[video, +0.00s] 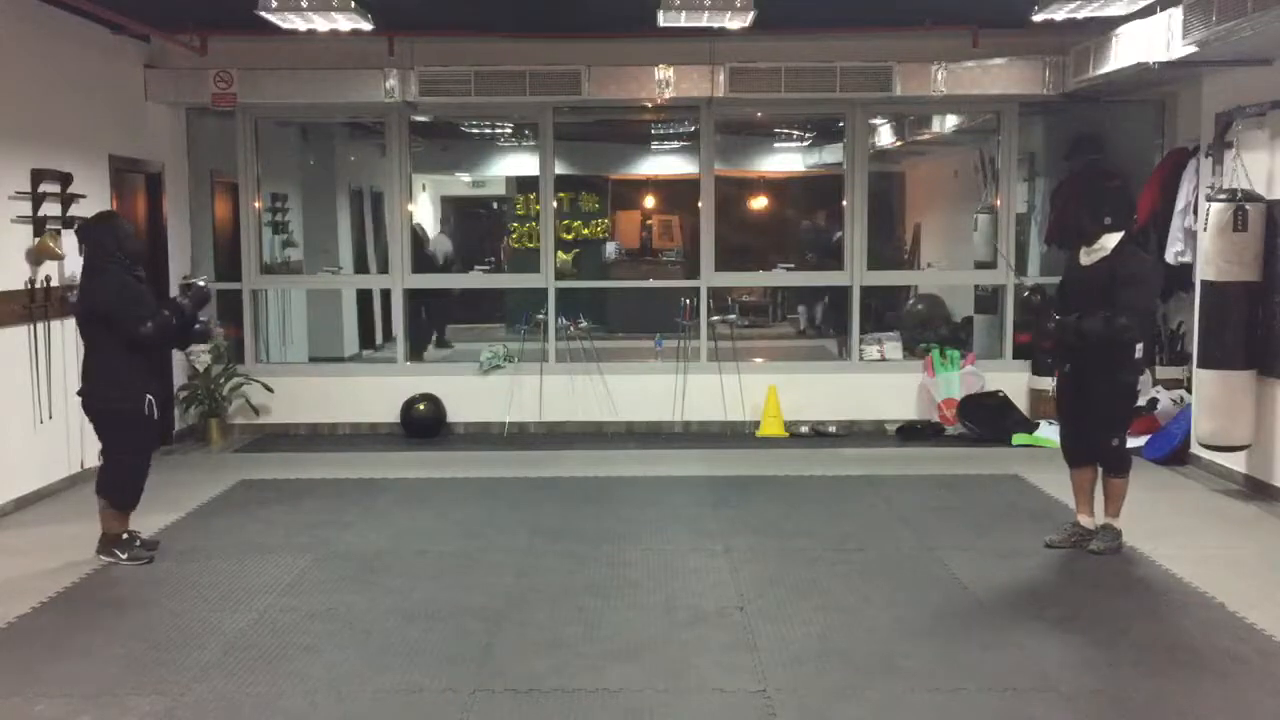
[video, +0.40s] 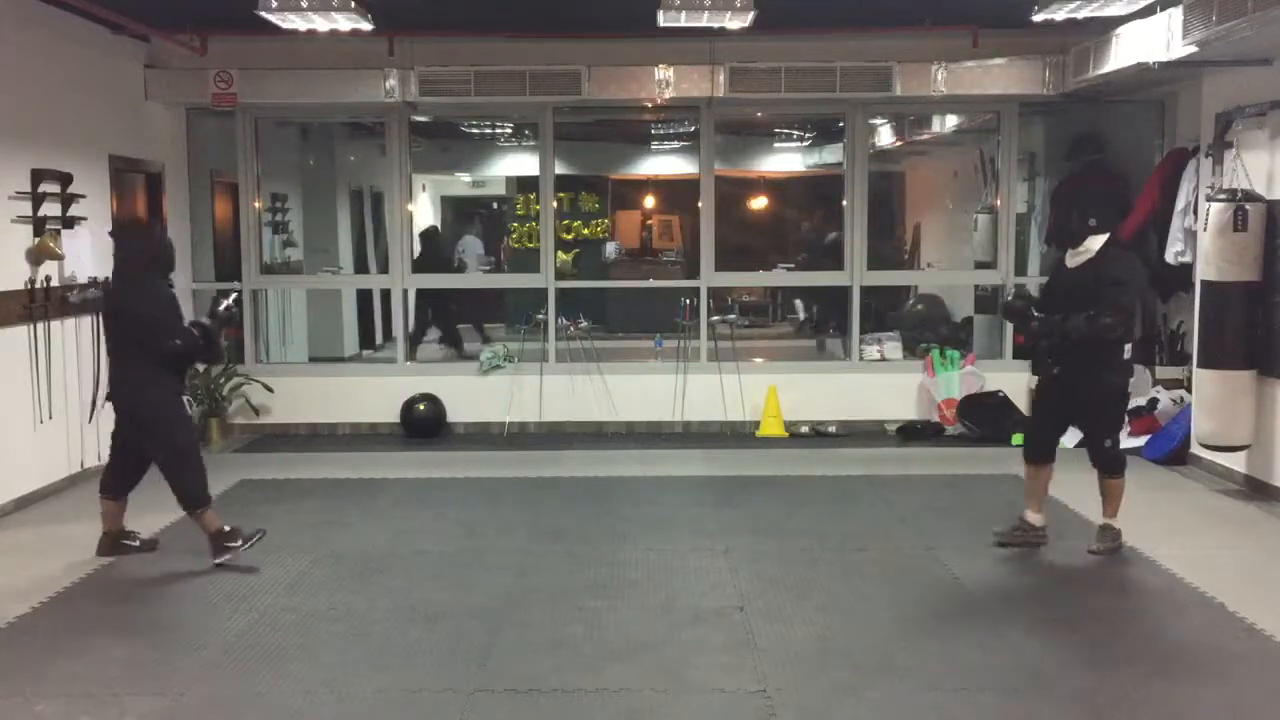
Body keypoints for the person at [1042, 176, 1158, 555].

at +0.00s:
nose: (1066, 222)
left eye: (1073, 213)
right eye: (1066, 213)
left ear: (1094, 212)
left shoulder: (1132, 260)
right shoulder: (1078, 258)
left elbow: (1133, 324)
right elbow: (1065, 310)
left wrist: (1074, 328)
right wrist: (1054, 324)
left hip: (1116, 368)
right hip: (1077, 366)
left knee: (1113, 444)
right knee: (1077, 442)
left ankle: (1111, 527)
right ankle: (1084, 523)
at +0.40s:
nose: (1055, 221)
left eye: (1062, 212)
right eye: (1057, 212)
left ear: (1085, 215)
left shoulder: (1118, 263)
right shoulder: (1065, 262)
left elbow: (1117, 323)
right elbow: (1055, 312)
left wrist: (1054, 328)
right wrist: (1027, 310)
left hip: (1103, 376)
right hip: (1060, 372)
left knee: (1106, 450)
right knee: (1037, 441)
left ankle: (1109, 526)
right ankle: (1032, 522)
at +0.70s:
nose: (1026, 237)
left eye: (1032, 228)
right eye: (1023, 229)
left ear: (1052, 226)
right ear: (1024, 230)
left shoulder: (1086, 269)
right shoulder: (1028, 276)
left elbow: (1083, 327)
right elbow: (1011, 335)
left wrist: (1032, 337)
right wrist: (992, 329)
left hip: (1074, 375)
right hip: (1032, 375)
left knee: (1087, 450)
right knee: (1005, 444)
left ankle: (1107, 525)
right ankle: (979, 522)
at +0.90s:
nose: (978, 235)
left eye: (984, 226)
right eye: (979, 227)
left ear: (1007, 227)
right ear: (1003, 229)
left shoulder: (1043, 265)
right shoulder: (992, 274)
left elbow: (1046, 324)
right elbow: (987, 325)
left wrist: (991, 339)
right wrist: (959, 330)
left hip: (1041, 375)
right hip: (1002, 375)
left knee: (1059, 448)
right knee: (979, 442)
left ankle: (1098, 520)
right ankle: (975, 524)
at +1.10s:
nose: (954, 229)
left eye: (959, 220)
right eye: (954, 221)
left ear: (980, 221)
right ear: (982, 221)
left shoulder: (1018, 261)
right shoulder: (967, 264)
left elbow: (1027, 322)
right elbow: (951, 312)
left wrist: (980, 352)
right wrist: (914, 317)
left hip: (1013, 369)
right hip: (974, 368)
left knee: (1018, 445)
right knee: (970, 444)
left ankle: (1068, 510)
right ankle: (976, 524)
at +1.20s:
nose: (946, 228)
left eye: (952, 220)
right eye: (946, 220)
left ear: (974, 221)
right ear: (975, 221)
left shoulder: (1011, 266)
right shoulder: (955, 265)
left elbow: (1016, 328)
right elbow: (930, 306)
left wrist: (999, 372)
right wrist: (892, 320)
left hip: (999, 372)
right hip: (964, 371)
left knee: (995, 447)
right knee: (968, 447)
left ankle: (1033, 509)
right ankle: (975, 523)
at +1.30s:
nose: (937, 228)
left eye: (942, 220)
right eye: (937, 220)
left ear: (964, 220)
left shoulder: (1000, 263)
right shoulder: (946, 263)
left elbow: (1020, 323)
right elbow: (918, 305)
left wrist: (1021, 373)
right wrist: (882, 324)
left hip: (989, 366)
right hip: (955, 367)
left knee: (972, 443)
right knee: (958, 443)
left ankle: (992, 526)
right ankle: (974, 523)